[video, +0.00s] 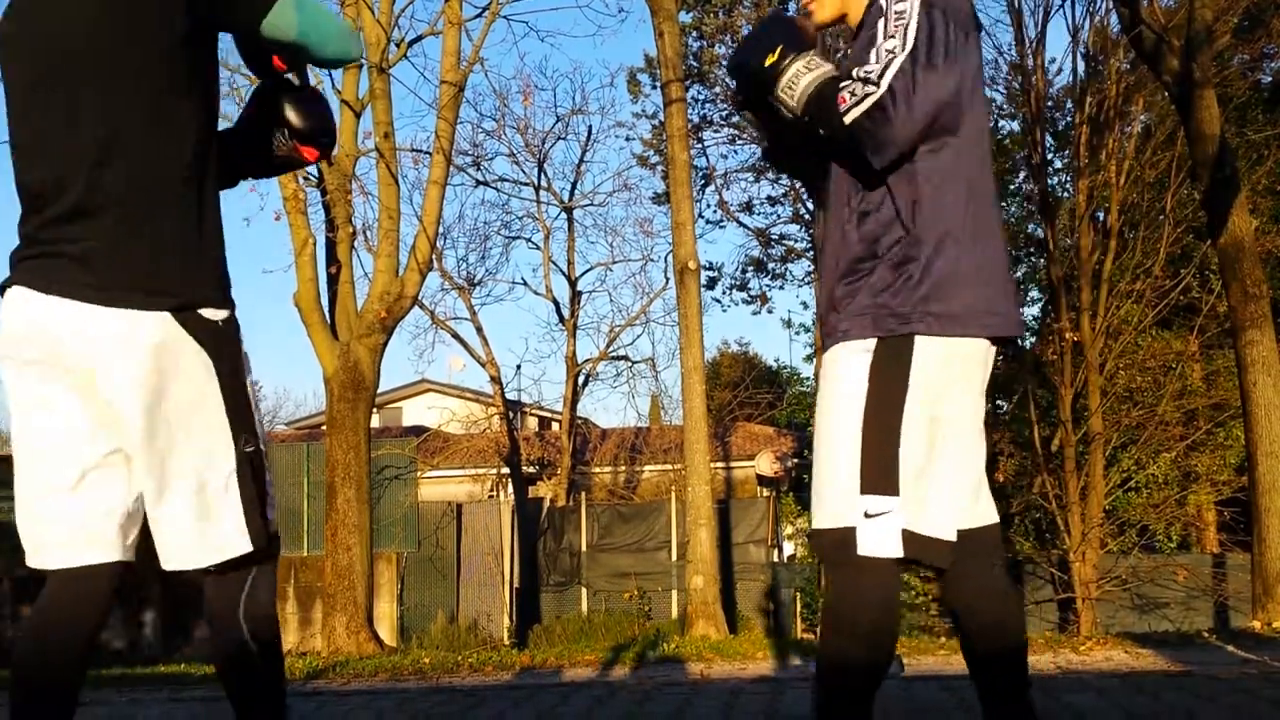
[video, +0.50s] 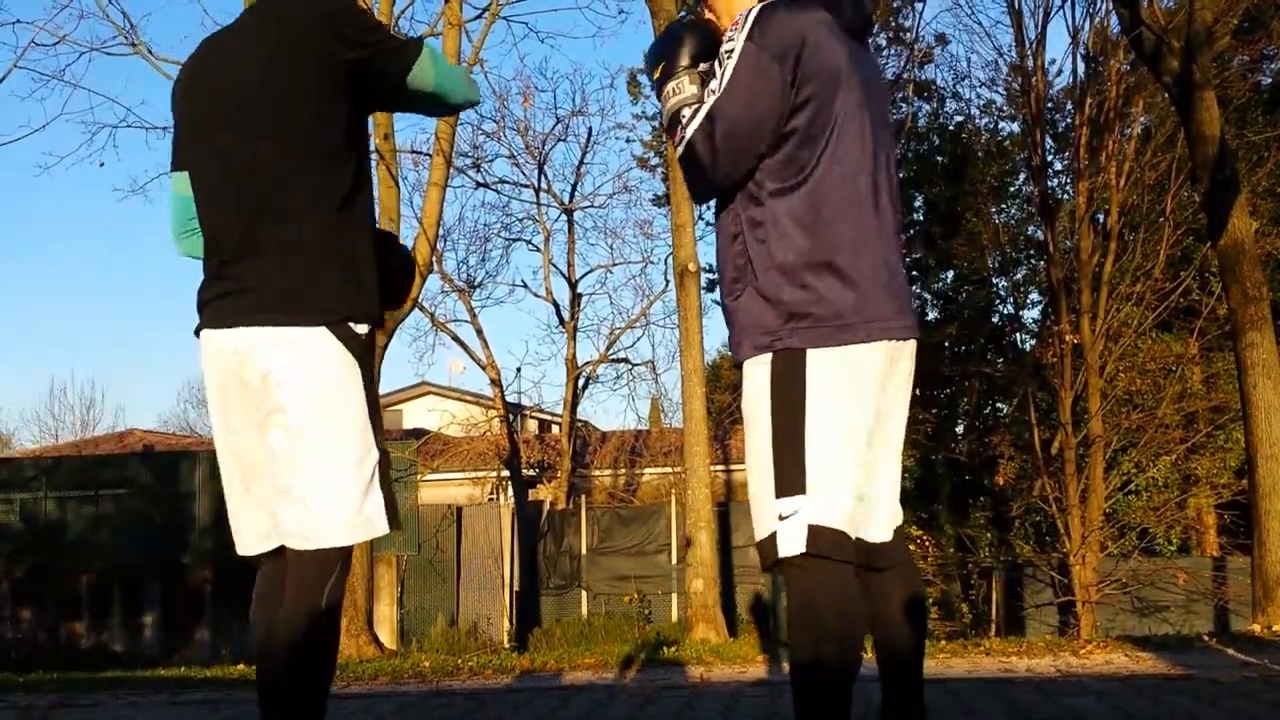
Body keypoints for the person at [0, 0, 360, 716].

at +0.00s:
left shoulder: (23, 17)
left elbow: (125, 164)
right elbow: (340, 42)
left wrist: (252, 147)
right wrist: (270, 31)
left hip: (41, 299)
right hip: (167, 306)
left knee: (81, 563)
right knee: (233, 561)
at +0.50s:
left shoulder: (199, 66)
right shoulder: (331, 26)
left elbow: (188, 226)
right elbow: (459, 90)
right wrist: (371, 69)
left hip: (226, 332)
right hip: (311, 327)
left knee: (275, 544)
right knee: (319, 541)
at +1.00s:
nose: (472, 88)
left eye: (475, 73)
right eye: (473, 69)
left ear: (422, 44)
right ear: (444, 51)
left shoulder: (336, 106)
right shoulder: (395, 83)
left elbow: (347, 249)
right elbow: (506, 176)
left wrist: (436, 309)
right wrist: (451, 121)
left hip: (306, 345)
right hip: (359, 344)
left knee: (360, 529)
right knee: (467, 513)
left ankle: (345, 707)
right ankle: (396, 696)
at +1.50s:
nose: (558, 76)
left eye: (564, 61)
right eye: (555, 57)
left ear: (509, 35)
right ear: (513, 35)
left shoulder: (449, 98)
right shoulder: (469, 91)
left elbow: (481, 249)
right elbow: (538, 219)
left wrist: (568, 254)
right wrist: (562, 178)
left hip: (414, 342)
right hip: (446, 345)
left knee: (441, 534)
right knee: (493, 528)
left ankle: (378, 705)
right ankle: (503, 713)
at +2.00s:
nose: (624, 67)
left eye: (632, 54)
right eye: (620, 46)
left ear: (588, 33)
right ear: (577, 25)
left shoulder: (588, 129)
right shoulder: (496, 84)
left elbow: (660, 226)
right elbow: (494, 187)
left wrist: (711, 172)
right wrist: (604, 163)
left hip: (575, 349)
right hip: (503, 344)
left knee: (598, 531)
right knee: (531, 529)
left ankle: (610, 711)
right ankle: (515, 713)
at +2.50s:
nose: (630, 78)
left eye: (638, 66)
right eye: (625, 60)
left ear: (604, 46)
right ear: (584, 36)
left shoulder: (605, 144)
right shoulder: (508, 96)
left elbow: (664, 231)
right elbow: (468, 186)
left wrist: (733, 182)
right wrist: (572, 196)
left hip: (598, 354)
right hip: (525, 347)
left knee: (605, 533)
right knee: (530, 522)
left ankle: (610, 713)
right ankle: (440, 701)